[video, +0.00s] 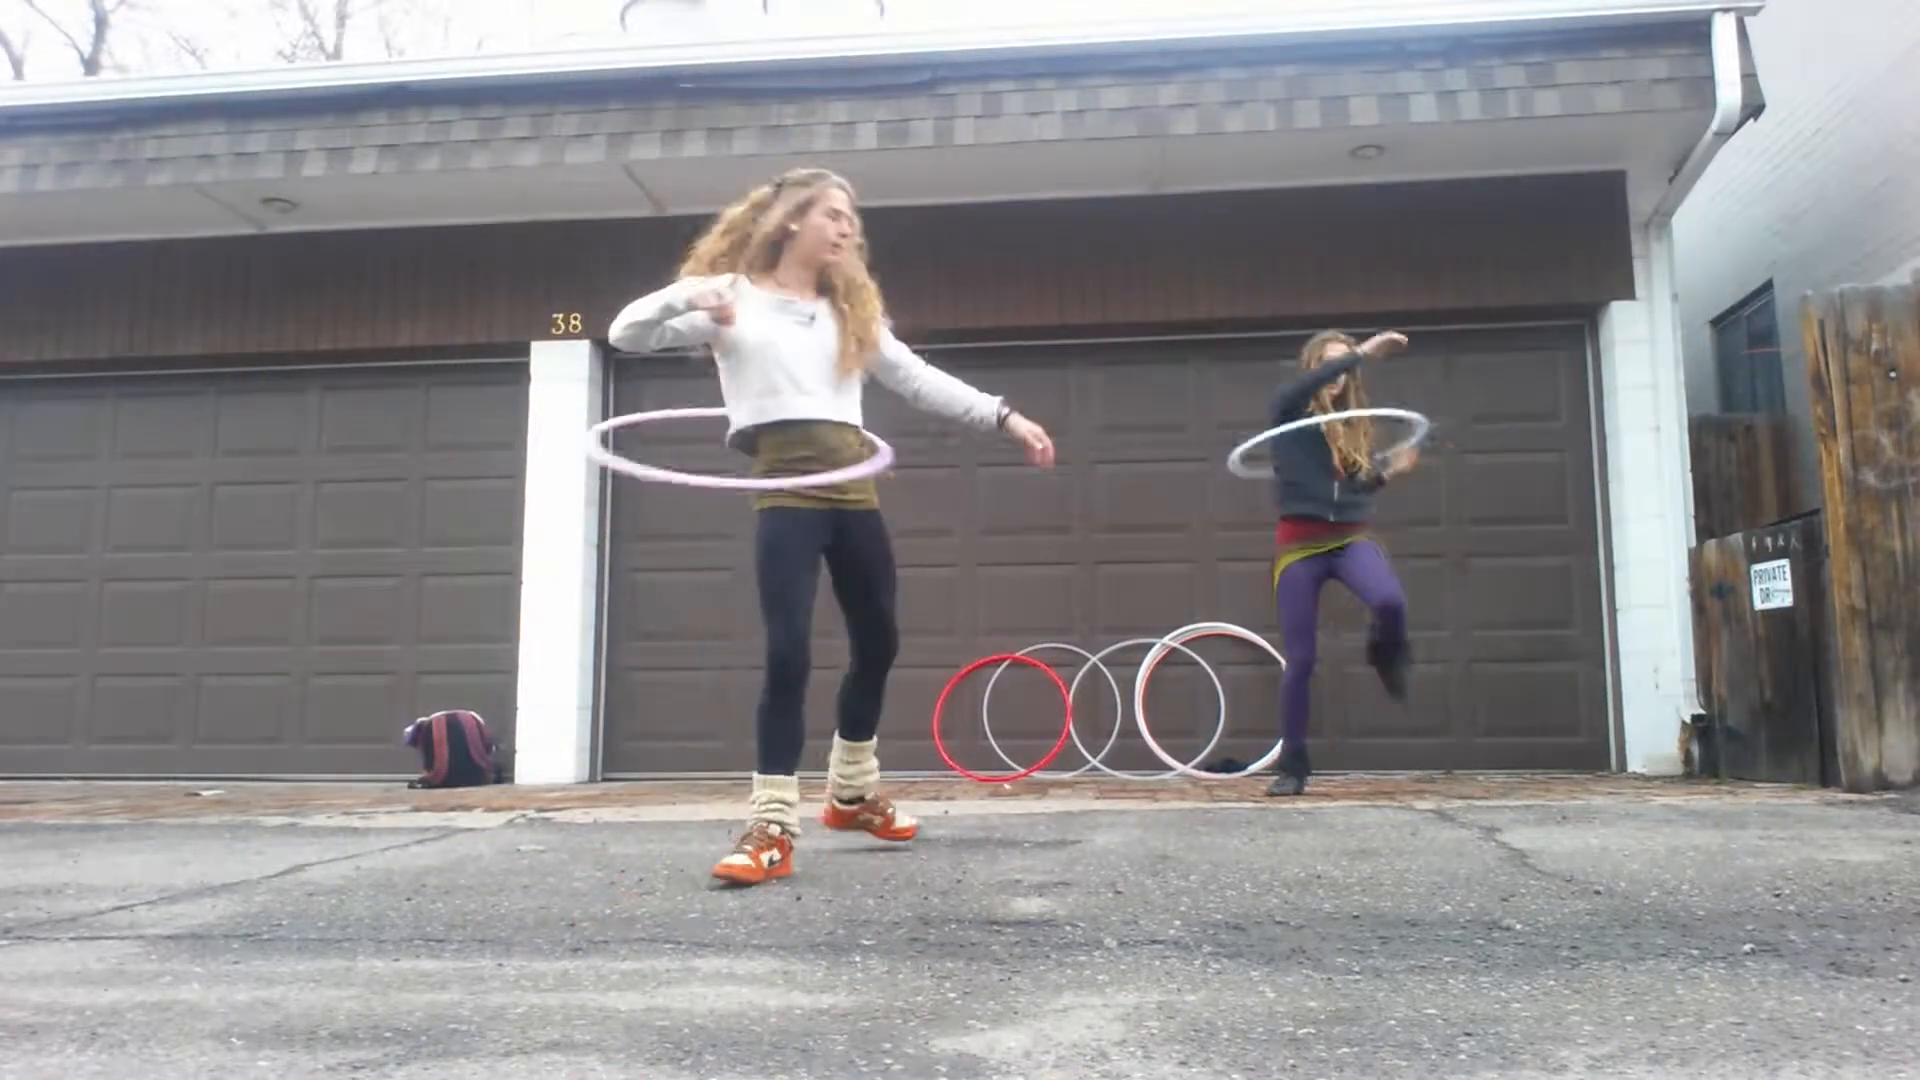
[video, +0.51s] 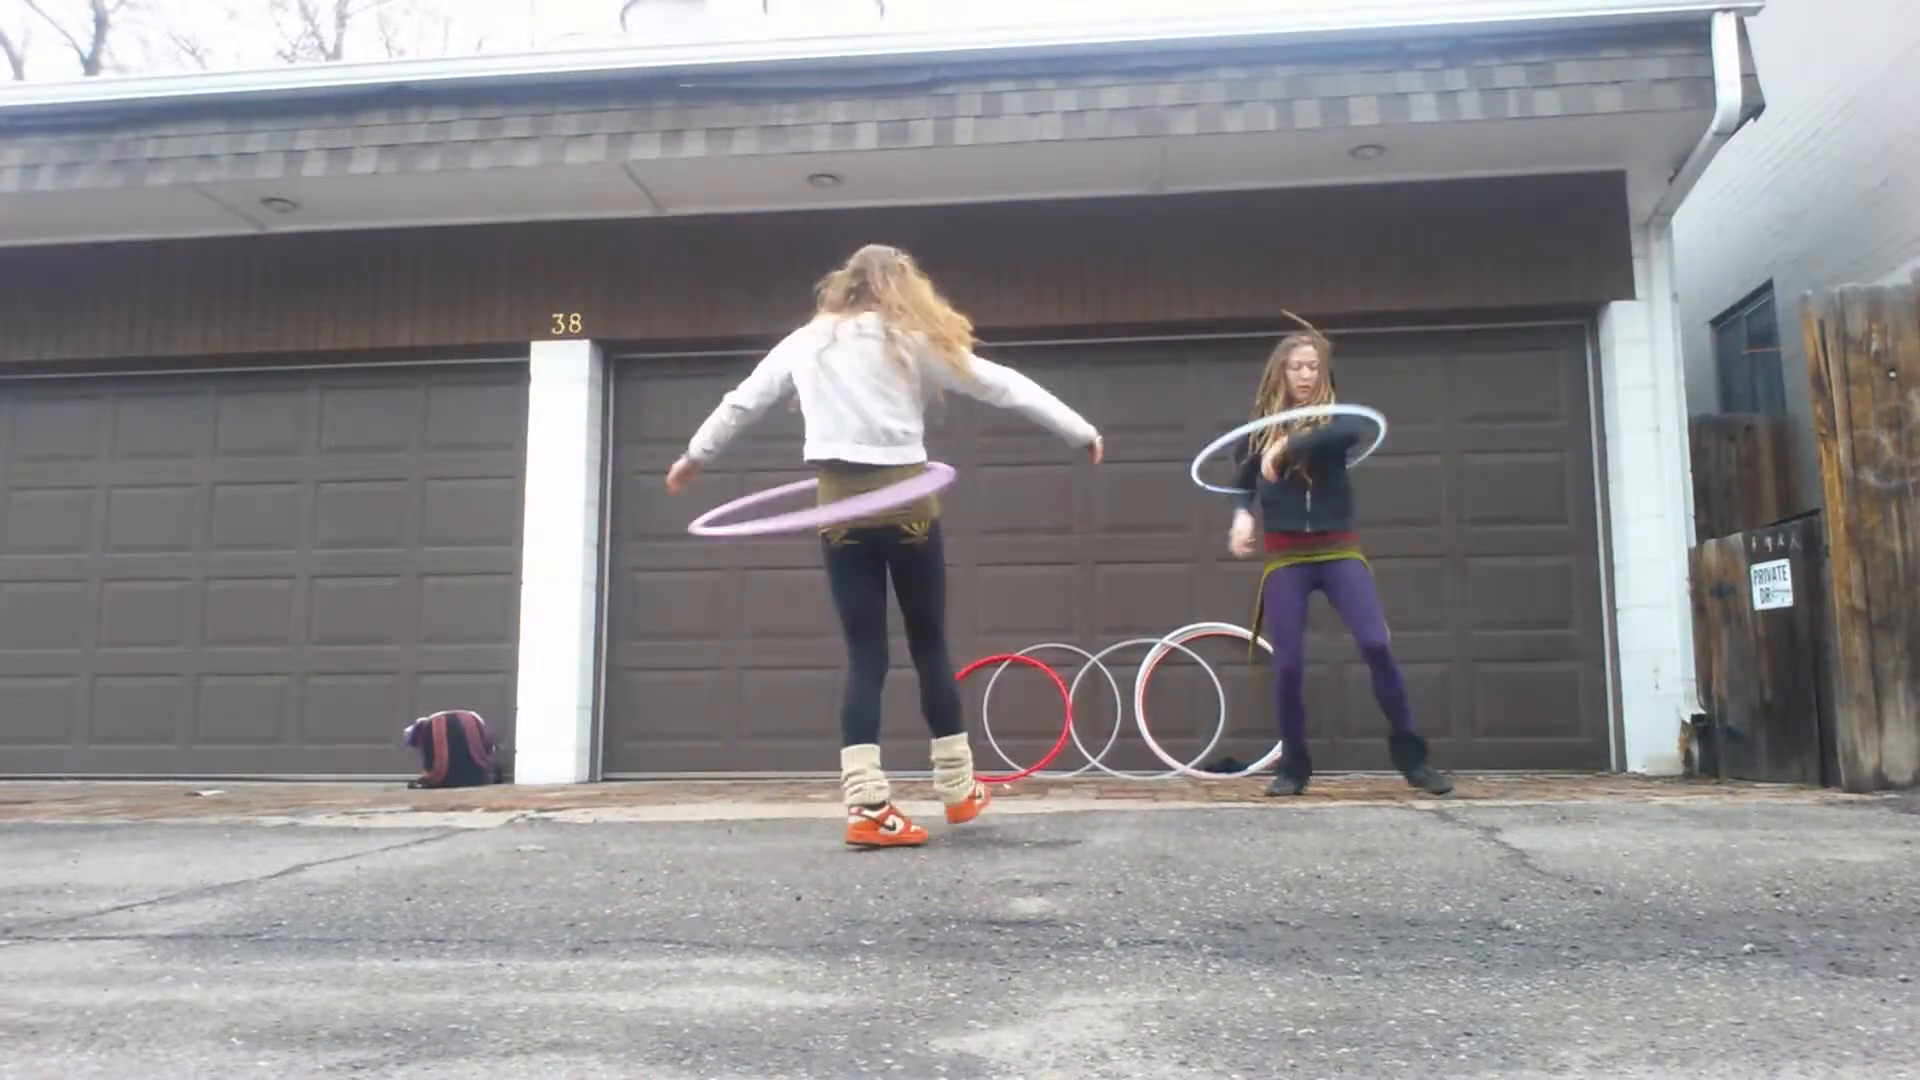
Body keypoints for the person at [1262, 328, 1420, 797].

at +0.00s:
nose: (1338, 378)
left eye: (1345, 369)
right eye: (1330, 368)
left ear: (1353, 376)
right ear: (1310, 370)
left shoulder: (1355, 424)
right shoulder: (1289, 415)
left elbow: (1355, 483)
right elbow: (1306, 386)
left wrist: (1385, 468)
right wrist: (1364, 351)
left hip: (1350, 540)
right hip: (1299, 546)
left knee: (1390, 599)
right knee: (1299, 660)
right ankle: (1293, 765)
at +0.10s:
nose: (1326, 369)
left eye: (1334, 362)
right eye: (1318, 360)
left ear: (1339, 372)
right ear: (1296, 366)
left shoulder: (1344, 419)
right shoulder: (1279, 410)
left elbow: (1353, 485)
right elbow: (1280, 376)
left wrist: (1387, 455)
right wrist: (1331, 339)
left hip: (1344, 532)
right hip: (1295, 538)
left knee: (1372, 585)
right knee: (1296, 656)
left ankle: (1335, 609)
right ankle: (1292, 763)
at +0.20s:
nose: (1315, 366)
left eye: (1322, 358)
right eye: (1307, 358)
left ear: (1332, 364)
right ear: (1291, 363)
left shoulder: (1344, 414)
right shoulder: (1268, 407)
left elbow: (1352, 484)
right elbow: (1234, 383)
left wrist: (1372, 447)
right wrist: (1282, 347)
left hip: (1340, 531)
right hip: (1288, 536)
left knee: (1373, 585)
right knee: (1292, 656)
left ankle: (1321, 625)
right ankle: (1289, 762)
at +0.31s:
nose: (1309, 369)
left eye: (1316, 361)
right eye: (1301, 360)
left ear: (1326, 367)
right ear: (1282, 364)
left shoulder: (1345, 409)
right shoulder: (1258, 408)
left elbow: (1360, 456)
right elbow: (1198, 426)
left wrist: (1306, 465)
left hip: (1338, 539)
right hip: (1285, 545)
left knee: (1382, 605)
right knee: (1289, 657)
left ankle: (1338, 666)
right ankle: (1292, 764)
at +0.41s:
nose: (1305, 371)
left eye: (1313, 363)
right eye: (1296, 363)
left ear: (1325, 370)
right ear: (1280, 369)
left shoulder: (1338, 409)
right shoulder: (1266, 418)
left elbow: (1343, 450)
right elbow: (1232, 458)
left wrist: (1286, 474)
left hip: (1337, 545)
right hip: (1284, 551)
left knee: (1381, 631)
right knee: (1288, 662)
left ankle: (1374, 728)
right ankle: (1293, 765)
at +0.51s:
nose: (1305, 376)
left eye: (1313, 368)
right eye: (1297, 367)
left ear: (1323, 373)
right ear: (1281, 372)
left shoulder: (1339, 417)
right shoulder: (1261, 425)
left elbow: (1344, 432)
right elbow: (1244, 481)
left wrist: (1289, 447)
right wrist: (1243, 513)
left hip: (1339, 550)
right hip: (1284, 555)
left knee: (1377, 644)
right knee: (1287, 662)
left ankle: (1411, 757)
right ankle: (1294, 766)